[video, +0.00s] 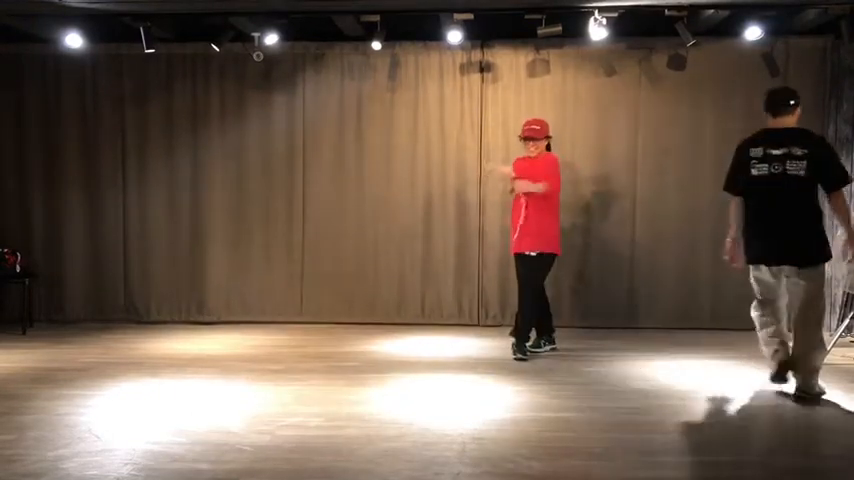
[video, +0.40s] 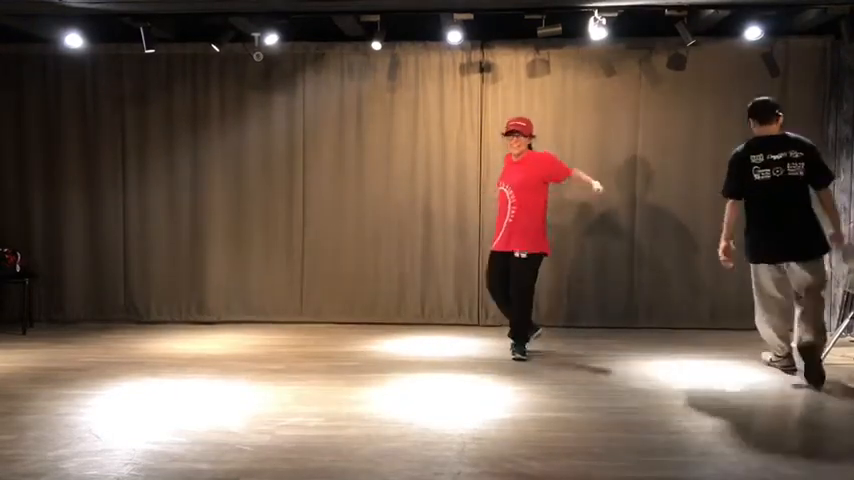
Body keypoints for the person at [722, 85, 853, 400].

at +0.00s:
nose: (798, 114)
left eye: (792, 110)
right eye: (798, 110)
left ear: (767, 112)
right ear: (797, 110)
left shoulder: (748, 147)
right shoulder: (814, 144)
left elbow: (736, 198)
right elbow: (836, 195)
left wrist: (733, 234)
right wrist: (849, 231)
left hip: (762, 244)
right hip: (805, 244)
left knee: (766, 303)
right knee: (808, 314)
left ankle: (778, 356)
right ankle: (807, 383)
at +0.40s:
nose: (776, 124)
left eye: (751, 124)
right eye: (779, 118)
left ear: (750, 123)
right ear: (780, 119)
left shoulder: (742, 156)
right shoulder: (803, 147)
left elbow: (733, 203)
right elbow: (824, 192)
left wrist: (726, 238)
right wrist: (836, 228)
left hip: (764, 243)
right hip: (803, 239)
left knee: (772, 303)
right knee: (811, 294)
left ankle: (782, 356)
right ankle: (810, 344)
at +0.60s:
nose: (739, 125)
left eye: (738, 121)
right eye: (738, 121)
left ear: (743, 120)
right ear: (767, 118)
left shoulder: (733, 151)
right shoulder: (790, 148)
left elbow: (727, 199)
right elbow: (799, 195)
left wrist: (734, 229)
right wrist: (802, 228)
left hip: (753, 233)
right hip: (786, 231)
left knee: (764, 295)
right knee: (784, 289)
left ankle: (781, 354)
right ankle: (791, 340)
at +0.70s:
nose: (730, 126)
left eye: (730, 121)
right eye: (729, 122)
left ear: (738, 120)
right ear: (759, 120)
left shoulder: (728, 151)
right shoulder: (781, 150)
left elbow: (716, 193)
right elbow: (787, 196)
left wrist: (735, 211)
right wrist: (785, 234)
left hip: (743, 233)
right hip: (773, 231)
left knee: (757, 298)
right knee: (762, 288)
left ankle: (780, 352)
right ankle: (753, 336)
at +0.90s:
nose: (710, 130)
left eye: (712, 125)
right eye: (711, 125)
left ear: (720, 125)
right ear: (735, 126)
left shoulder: (712, 155)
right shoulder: (755, 156)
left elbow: (699, 198)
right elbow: (758, 199)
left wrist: (697, 225)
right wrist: (762, 228)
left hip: (720, 230)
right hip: (748, 230)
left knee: (735, 293)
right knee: (738, 287)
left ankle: (776, 345)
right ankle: (719, 336)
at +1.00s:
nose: (697, 131)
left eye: (698, 126)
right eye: (697, 126)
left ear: (707, 125)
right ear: (720, 125)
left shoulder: (702, 153)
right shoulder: (741, 152)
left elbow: (690, 196)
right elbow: (741, 193)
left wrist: (682, 224)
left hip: (709, 228)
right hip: (737, 227)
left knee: (704, 283)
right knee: (728, 285)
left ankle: (752, 324)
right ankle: (719, 336)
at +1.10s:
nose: (683, 133)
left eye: (684, 128)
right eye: (682, 128)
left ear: (694, 125)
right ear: (704, 125)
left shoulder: (694, 152)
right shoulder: (725, 152)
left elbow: (682, 195)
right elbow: (723, 197)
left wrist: (671, 230)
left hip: (698, 233)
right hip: (725, 233)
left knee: (679, 275)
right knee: (720, 287)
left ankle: (722, 318)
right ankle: (718, 337)